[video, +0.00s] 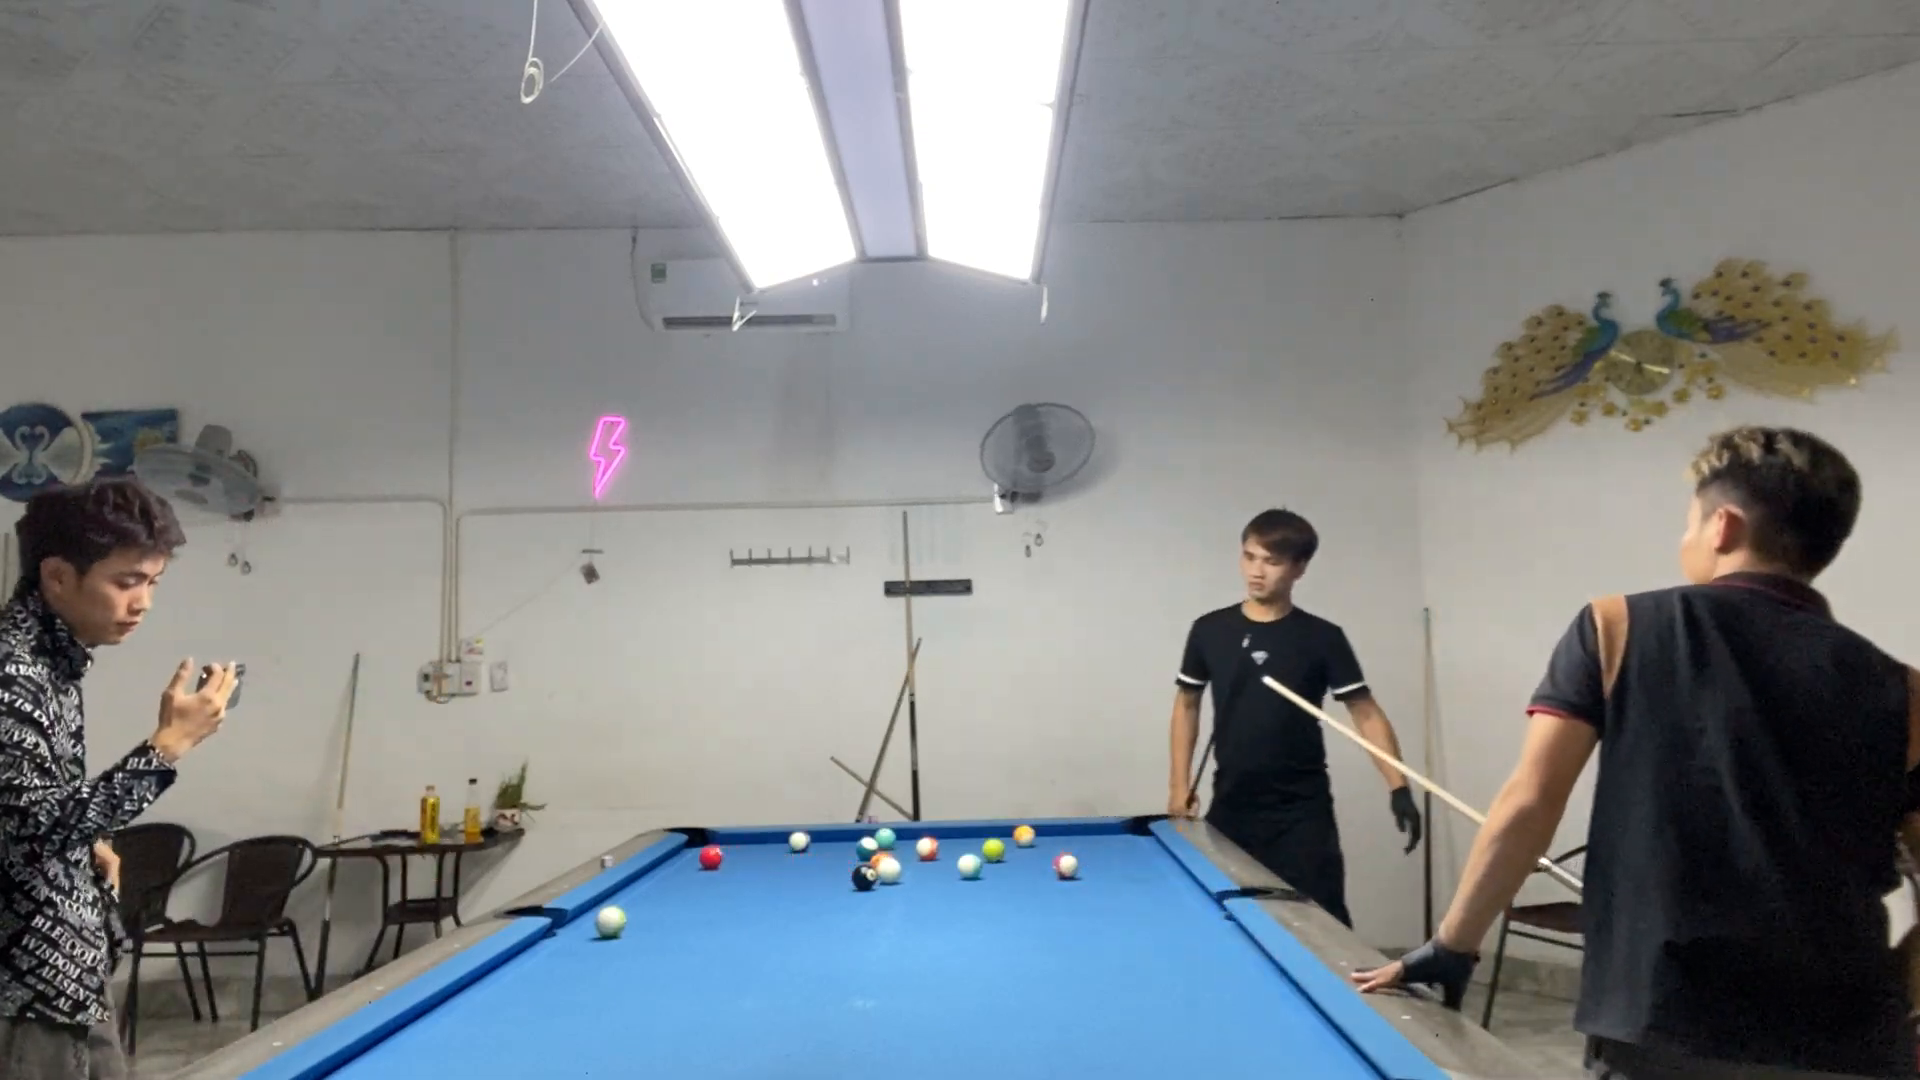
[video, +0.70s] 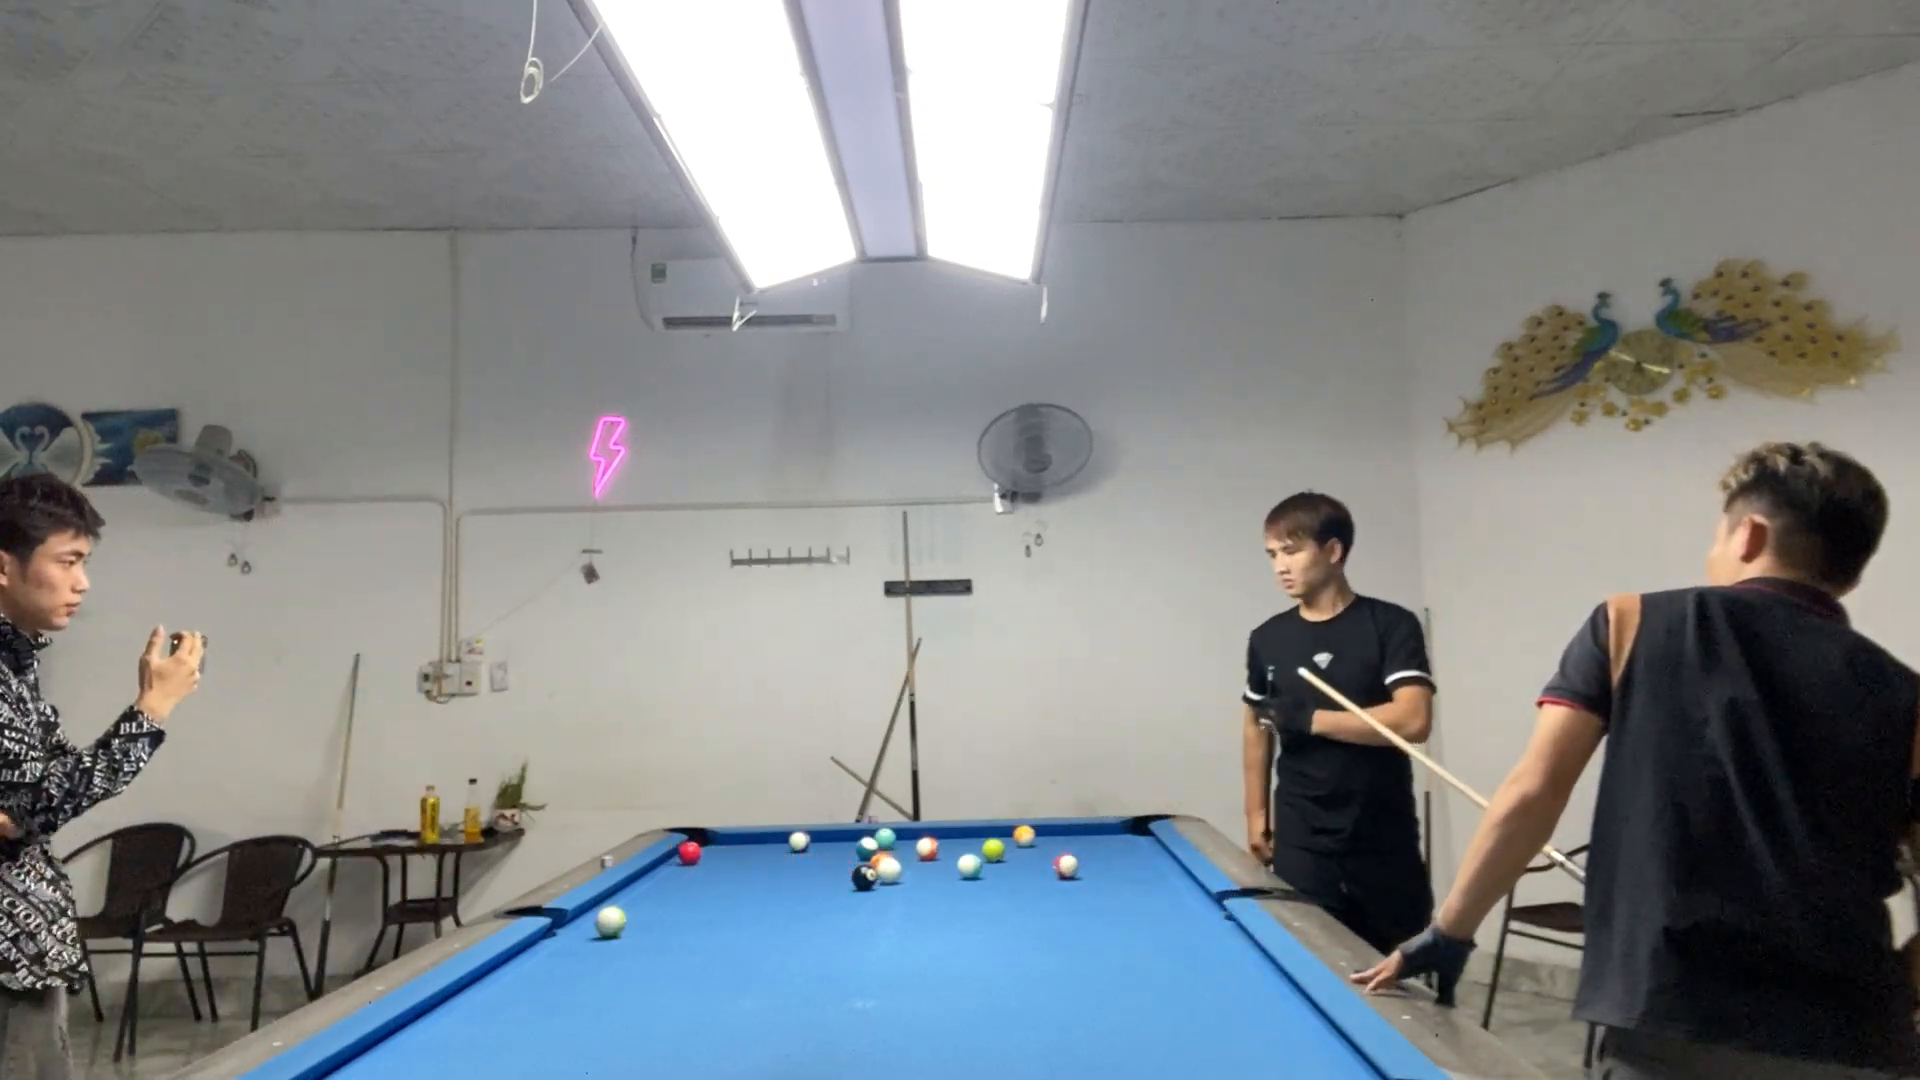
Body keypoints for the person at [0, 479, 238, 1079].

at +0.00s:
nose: (142, 603)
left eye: (150, 582)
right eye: (126, 582)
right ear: (58, 577)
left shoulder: (57, 659)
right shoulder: (13, 675)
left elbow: (51, 788)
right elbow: (41, 829)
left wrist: (89, 840)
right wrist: (168, 745)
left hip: (80, 978)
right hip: (27, 997)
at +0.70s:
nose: (82, 583)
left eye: (83, 563)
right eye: (68, 561)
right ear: (8, 566)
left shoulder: (19, 663)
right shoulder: (6, 668)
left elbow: (61, 774)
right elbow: (32, 802)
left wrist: (20, 816)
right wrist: (153, 708)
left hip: (39, 957)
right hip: (16, 965)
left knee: (52, 1067)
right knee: (37, 1068)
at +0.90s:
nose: (76, 581)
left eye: (76, 562)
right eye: (60, 559)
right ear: (6, 564)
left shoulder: (14, 664)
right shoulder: (6, 668)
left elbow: (36, 789)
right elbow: (28, 802)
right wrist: (142, 710)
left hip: (29, 968)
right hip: (13, 973)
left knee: (43, 1066)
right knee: (35, 1067)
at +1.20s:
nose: (72, 588)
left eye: (72, 568)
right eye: (60, 564)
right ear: (6, 566)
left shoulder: (9, 667)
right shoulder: (5, 670)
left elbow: (27, 795)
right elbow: (22, 801)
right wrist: (136, 719)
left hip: (24, 968)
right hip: (14, 972)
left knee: (36, 1068)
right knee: (32, 1069)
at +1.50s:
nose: (70, 592)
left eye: (71, 571)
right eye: (60, 568)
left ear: (19, 568)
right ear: (7, 567)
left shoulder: (7, 666)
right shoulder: (4, 669)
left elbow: (23, 795)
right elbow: (21, 801)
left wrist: (13, 825)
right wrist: (135, 721)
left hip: (20, 970)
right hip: (10, 974)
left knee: (31, 1067)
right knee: (29, 1069)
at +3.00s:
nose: (70, 588)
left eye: (71, 569)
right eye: (56, 565)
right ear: (6, 567)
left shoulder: (9, 667)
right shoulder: (5, 670)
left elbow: (25, 795)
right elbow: (25, 799)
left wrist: (14, 824)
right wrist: (139, 720)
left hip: (20, 972)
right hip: (11, 974)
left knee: (30, 1069)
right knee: (26, 1070)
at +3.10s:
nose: (70, 591)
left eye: (71, 571)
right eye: (57, 567)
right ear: (4, 566)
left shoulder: (5, 665)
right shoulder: (1, 667)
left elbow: (23, 797)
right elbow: (23, 800)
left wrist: (11, 823)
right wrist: (138, 721)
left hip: (19, 974)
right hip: (8, 976)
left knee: (29, 1069)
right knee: (26, 1071)